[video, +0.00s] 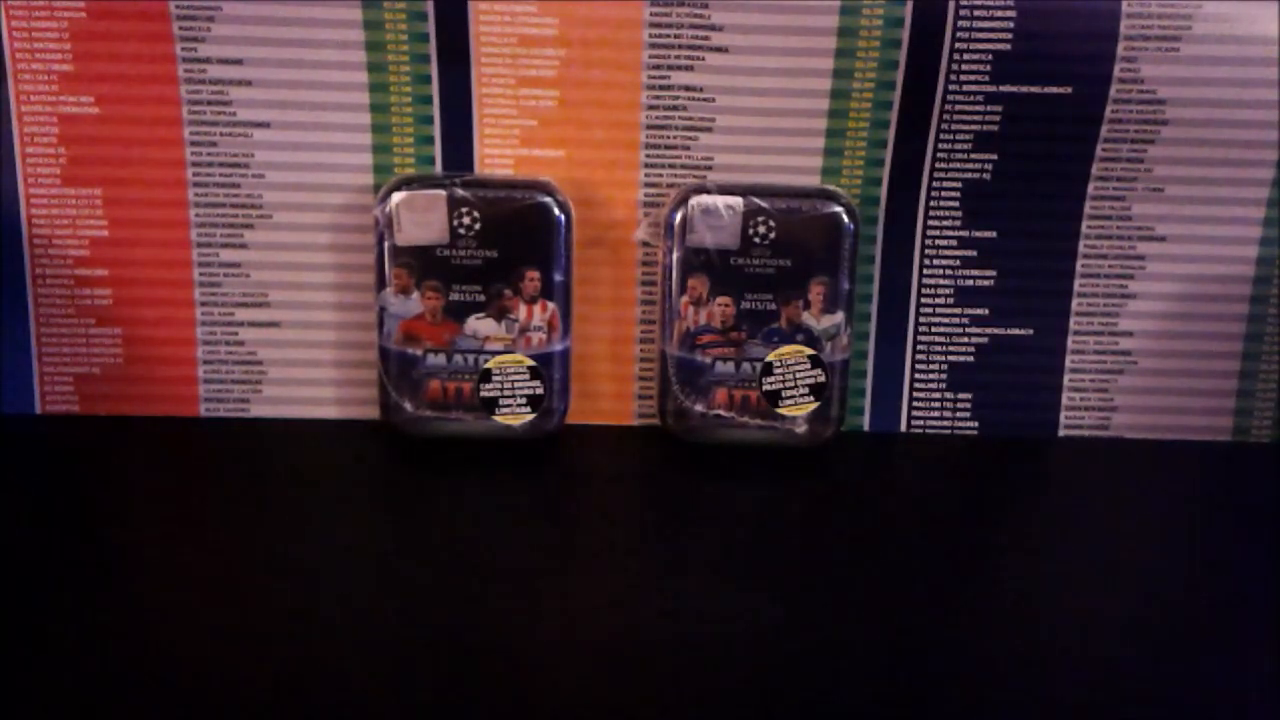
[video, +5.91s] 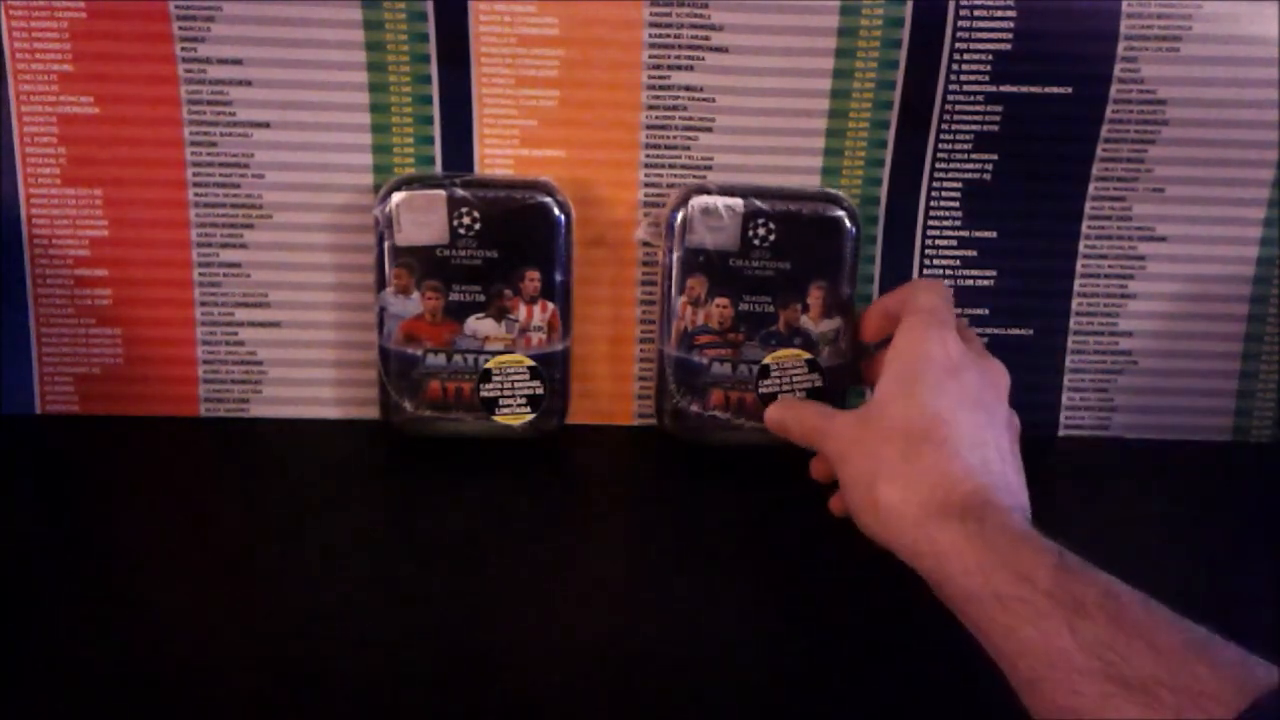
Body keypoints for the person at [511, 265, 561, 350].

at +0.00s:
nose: (536, 285)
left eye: (538, 280)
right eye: (531, 280)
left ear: (541, 283)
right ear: (521, 284)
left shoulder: (551, 308)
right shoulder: (512, 305)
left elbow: (556, 336)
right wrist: (520, 329)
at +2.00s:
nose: (536, 285)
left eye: (538, 281)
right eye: (531, 280)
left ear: (541, 283)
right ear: (521, 284)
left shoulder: (550, 308)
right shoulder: (512, 305)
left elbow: (556, 335)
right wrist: (520, 328)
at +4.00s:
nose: (536, 285)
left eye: (538, 281)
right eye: (531, 280)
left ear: (541, 283)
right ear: (521, 284)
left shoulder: (551, 308)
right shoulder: (513, 305)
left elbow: (556, 336)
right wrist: (520, 329)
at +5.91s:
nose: (536, 285)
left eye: (539, 281)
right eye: (531, 280)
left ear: (541, 283)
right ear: (521, 284)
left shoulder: (550, 308)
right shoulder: (512, 305)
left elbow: (556, 338)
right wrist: (520, 328)